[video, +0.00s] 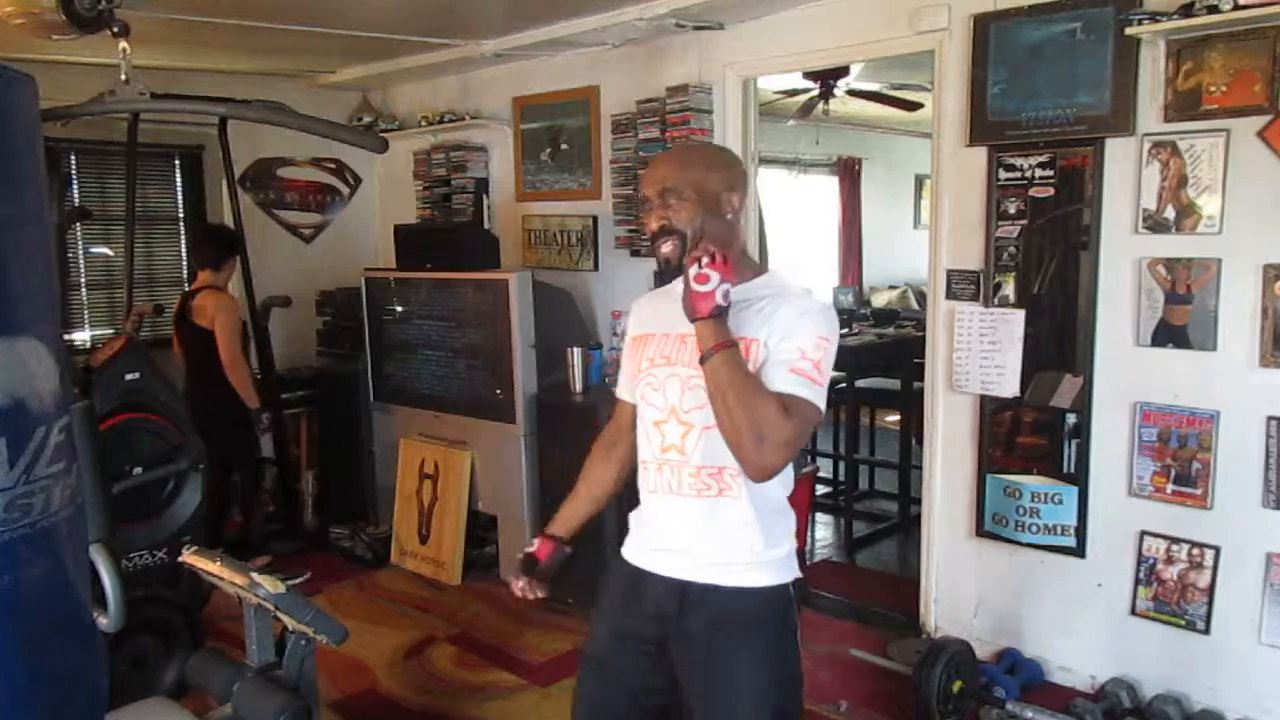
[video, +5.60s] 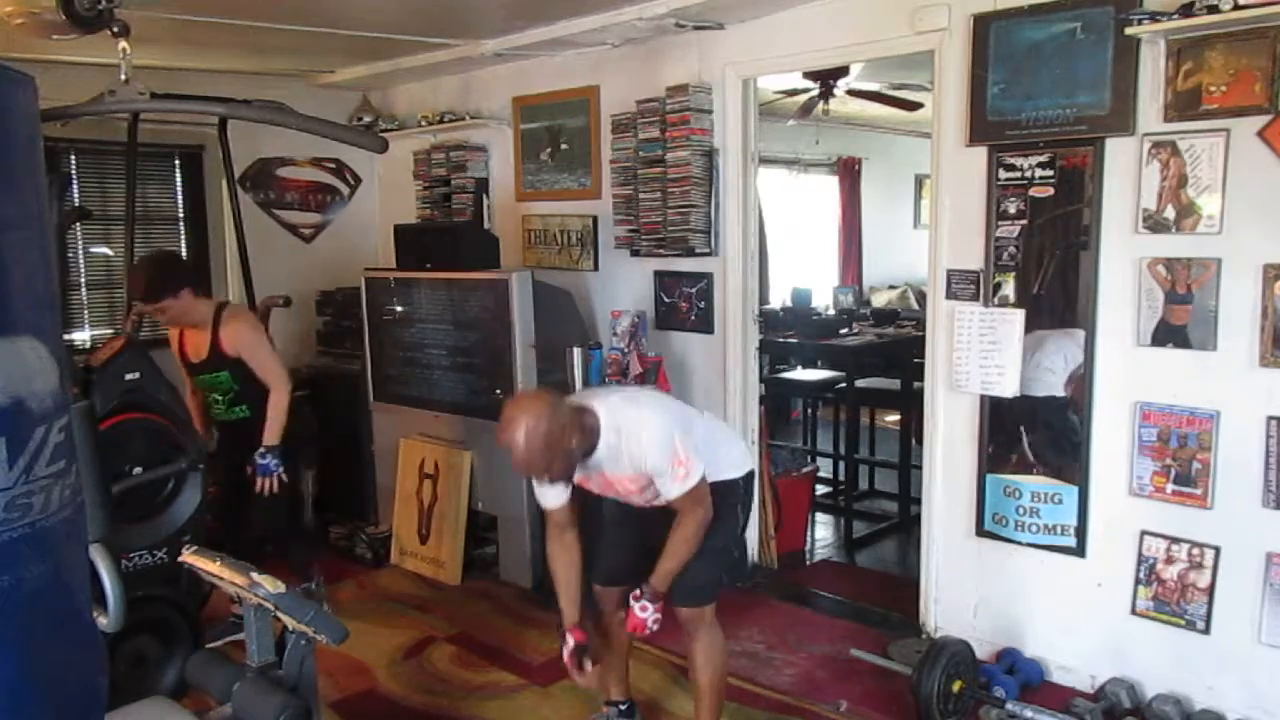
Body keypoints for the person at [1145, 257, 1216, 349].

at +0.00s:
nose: (1182, 272)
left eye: (1184, 269)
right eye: (1180, 269)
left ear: (1188, 272)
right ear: (1175, 271)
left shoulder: (1192, 287)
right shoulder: (1168, 286)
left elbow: (1213, 268)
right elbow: (1151, 266)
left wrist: (1196, 262)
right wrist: (1165, 260)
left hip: (1181, 329)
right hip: (1164, 328)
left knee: (1191, 358)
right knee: (1154, 356)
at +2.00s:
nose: (1181, 272)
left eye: (1184, 269)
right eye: (1178, 269)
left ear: (1188, 272)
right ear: (1173, 272)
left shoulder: (1191, 287)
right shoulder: (1168, 286)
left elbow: (1213, 268)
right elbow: (1151, 265)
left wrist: (1194, 262)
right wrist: (1166, 261)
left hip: (1181, 329)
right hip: (1165, 327)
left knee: (1189, 358)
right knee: (1155, 356)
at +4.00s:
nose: (1179, 273)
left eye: (1183, 269)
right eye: (1176, 270)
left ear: (1188, 273)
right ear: (1172, 272)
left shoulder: (1191, 287)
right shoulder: (1168, 286)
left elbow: (1213, 268)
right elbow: (1151, 265)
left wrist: (1195, 262)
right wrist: (1166, 262)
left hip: (1181, 329)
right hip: (1164, 328)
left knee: (1191, 357)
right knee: (1154, 356)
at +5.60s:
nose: (1180, 272)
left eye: (1183, 269)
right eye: (1177, 269)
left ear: (1188, 272)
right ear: (1173, 272)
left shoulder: (1191, 287)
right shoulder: (1168, 286)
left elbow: (1212, 267)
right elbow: (1151, 266)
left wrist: (1195, 262)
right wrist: (1166, 261)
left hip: (1181, 329)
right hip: (1165, 328)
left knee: (1190, 357)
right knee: (1154, 356)